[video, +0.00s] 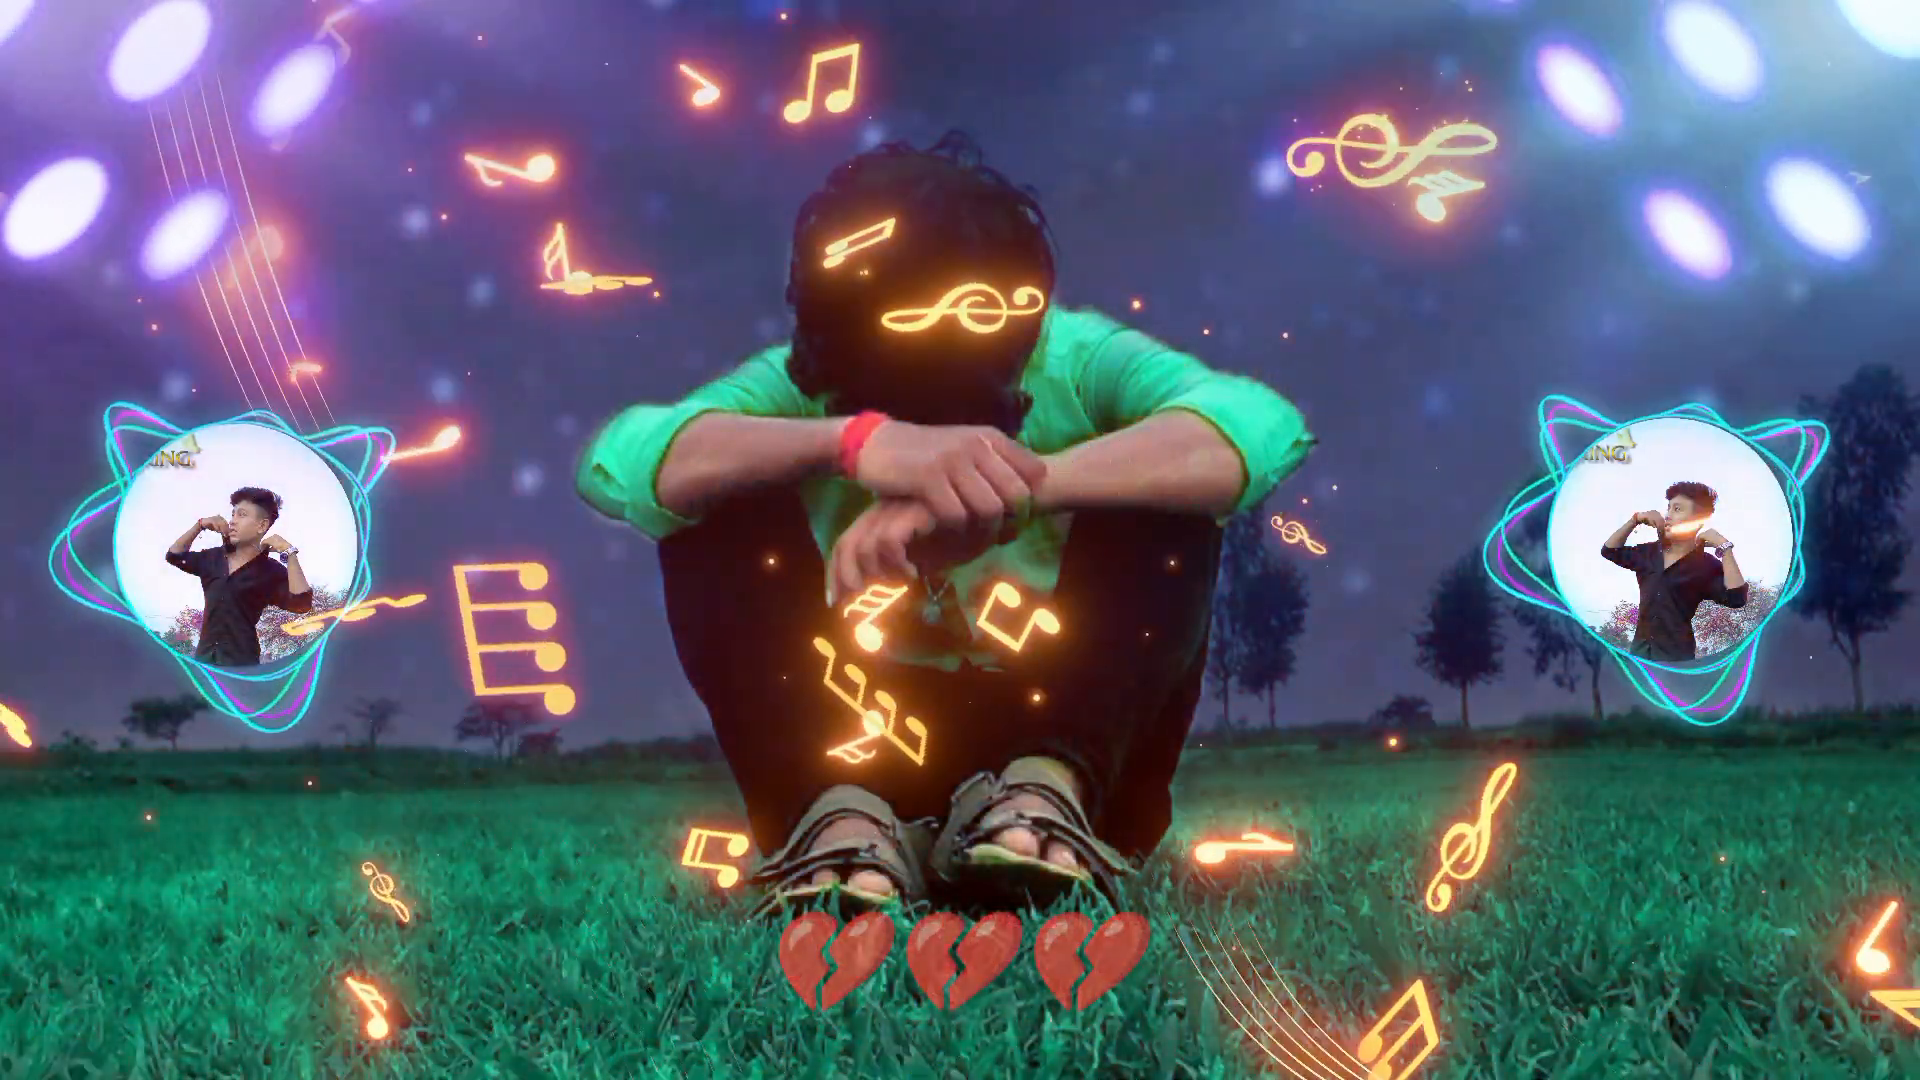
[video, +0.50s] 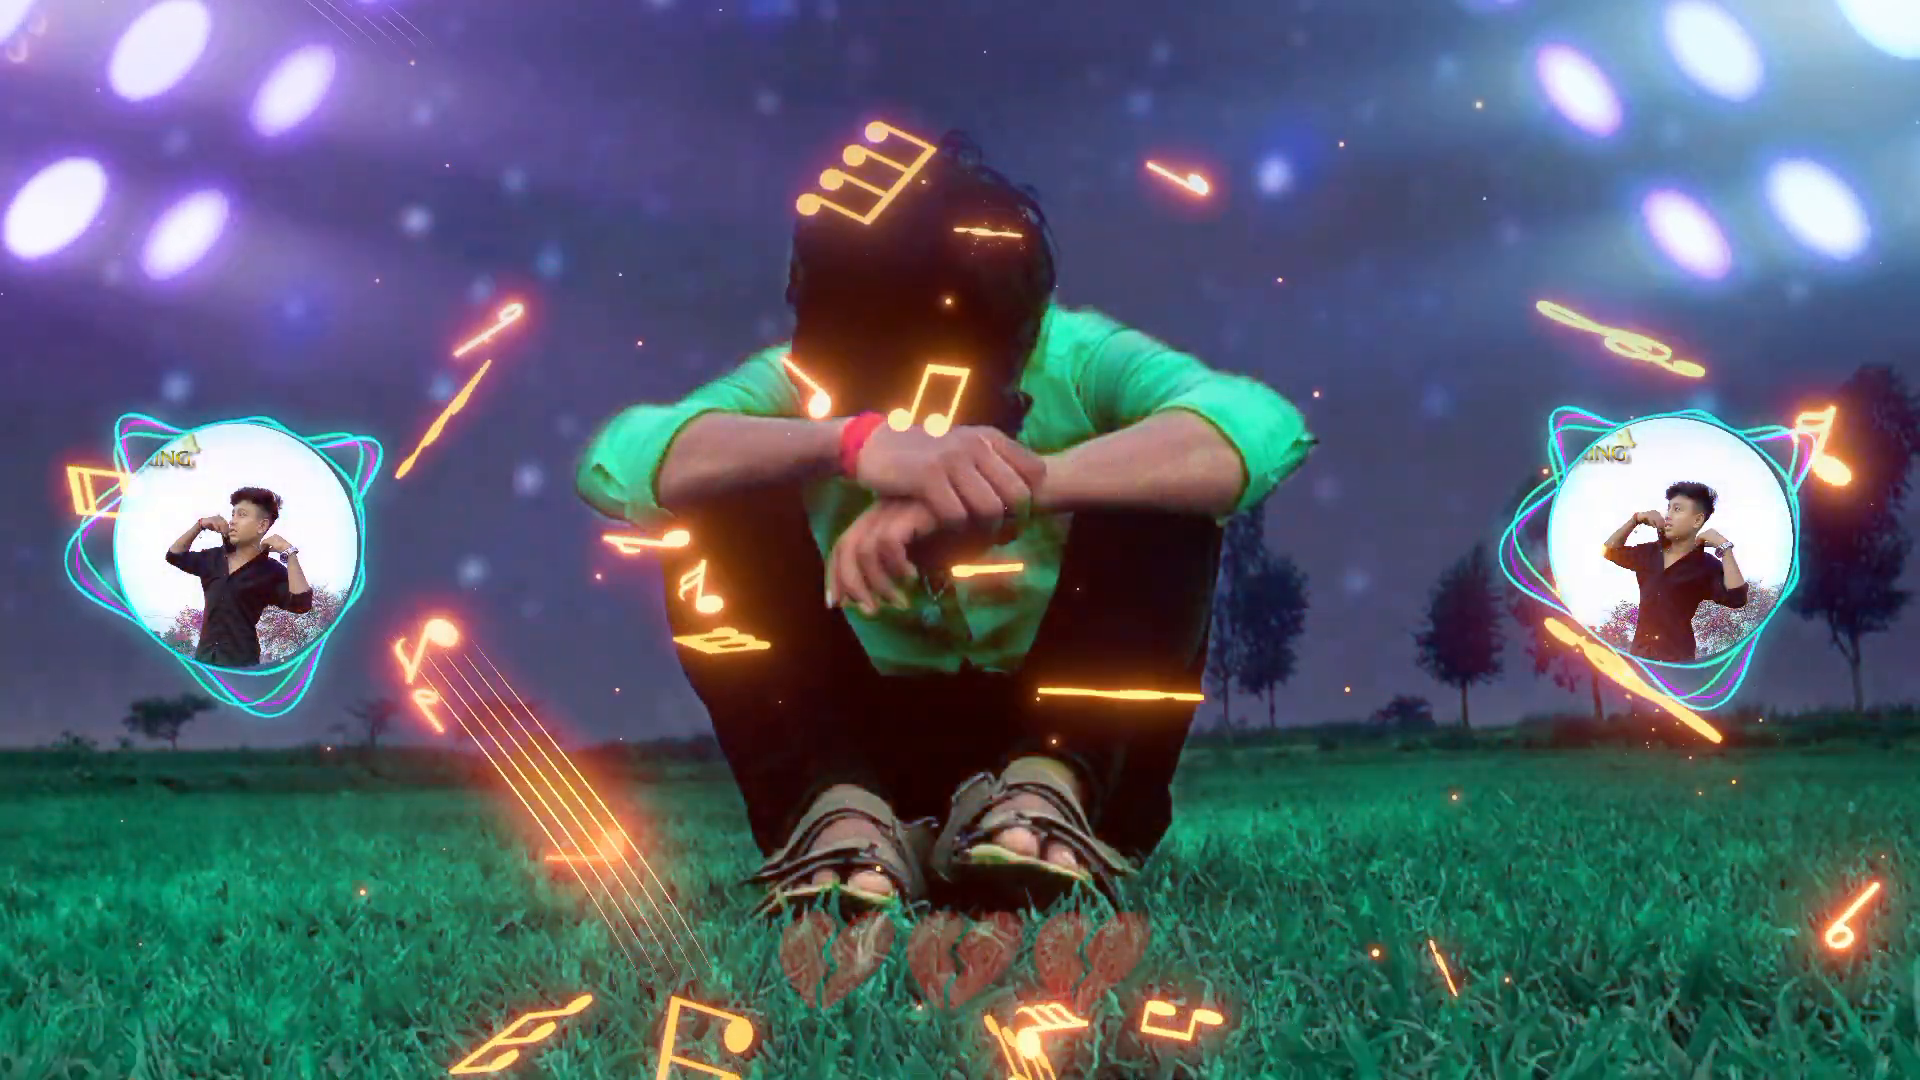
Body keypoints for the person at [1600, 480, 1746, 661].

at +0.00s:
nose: (1667, 515)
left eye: (1677, 509)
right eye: (1668, 508)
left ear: (1698, 519)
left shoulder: (1705, 565)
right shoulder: (1648, 553)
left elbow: (1737, 600)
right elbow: (1609, 551)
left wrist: (1724, 547)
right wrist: (1634, 521)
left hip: (1677, 660)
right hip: (1639, 655)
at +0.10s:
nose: (1667, 516)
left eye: (1677, 509)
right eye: (1669, 508)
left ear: (1698, 520)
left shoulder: (1706, 565)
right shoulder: (1648, 553)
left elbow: (1738, 599)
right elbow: (1609, 551)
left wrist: (1725, 547)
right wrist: (1633, 521)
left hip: (1678, 659)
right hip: (1639, 654)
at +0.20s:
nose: (1667, 515)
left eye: (1677, 509)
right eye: (1669, 509)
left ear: (1699, 519)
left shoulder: (1706, 565)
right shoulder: (1648, 553)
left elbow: (1737, 600)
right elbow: (1609, 551)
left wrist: (1725, 548)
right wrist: (1634, 521)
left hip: (1677, 658)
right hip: (1639, 653)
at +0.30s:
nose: (1667, 515)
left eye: (1677, 509)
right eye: (1669, 509)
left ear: (1699, 519)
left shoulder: (1705, 565)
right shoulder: (1648, 553)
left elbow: (1737, 600)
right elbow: (1609, 551)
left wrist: (1725, 548)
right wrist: (1634, 521)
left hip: (1677, 658)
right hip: (1640, 654)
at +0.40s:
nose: (1668, 516)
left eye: (1677, 509)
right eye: (1669, 508)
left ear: (1699, 519)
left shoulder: (1706, 566)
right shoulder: (1648, 553)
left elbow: (1737, 600)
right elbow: (1608, 551)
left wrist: (1725, 548)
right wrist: (1634, 520)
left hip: (1677, 655)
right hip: (1640, 651)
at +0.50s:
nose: (1667, 515)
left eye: (1677, 509)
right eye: (1669, 508)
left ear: (1698, 520)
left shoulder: (1706, 565)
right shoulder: (1648, 553)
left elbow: (1737, 600)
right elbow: (1610, 551)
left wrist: (1725, 547)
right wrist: (1634, 521)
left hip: (1677, 660)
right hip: (1639, 655)